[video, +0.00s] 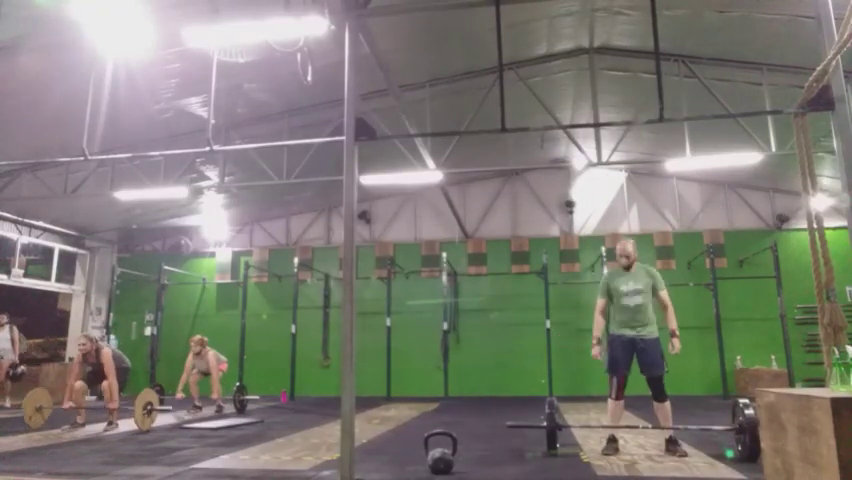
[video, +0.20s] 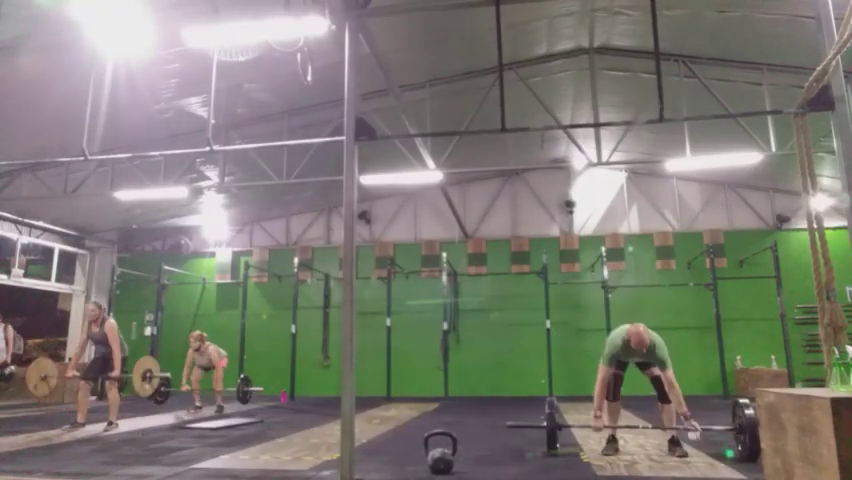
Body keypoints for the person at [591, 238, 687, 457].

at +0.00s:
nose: (624, 260)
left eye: (627, 256)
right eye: (620, 256)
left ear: (635, 255)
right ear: (616, 256)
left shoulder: (650, 273)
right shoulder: (609, 278)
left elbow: (668, 305)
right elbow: (600, 311)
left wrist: (674, 334)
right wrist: (596, 340)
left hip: (648, 337)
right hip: (619, 337)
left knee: (658, 388)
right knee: (617, 388)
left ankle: (670, 438)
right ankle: (612, 438)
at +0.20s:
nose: (642, 349)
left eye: (644, 346)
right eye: (638, 346)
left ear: (649, 340)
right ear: (630, 341)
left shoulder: (658, 345)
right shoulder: (614, 342)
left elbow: (670, 382)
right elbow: (602, 378)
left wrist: (683, 411)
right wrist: (597, 413)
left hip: (645, 358)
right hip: (620, 357)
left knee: (665, 392)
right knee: (612, 392)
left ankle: (673, 440)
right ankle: (612, 438)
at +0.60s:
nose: (637, 299)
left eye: (640, 295)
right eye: (633, 295)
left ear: (645, 294)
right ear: (626, 293)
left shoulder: (654, 309)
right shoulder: (614, 309)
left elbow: (668, 344)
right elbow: (603, 343)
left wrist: (682, 377)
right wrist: (595, 378)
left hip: (647, 346)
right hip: (619, 346)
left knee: (664, 388)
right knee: (612, 386)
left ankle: (672, 439)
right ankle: (612, 438)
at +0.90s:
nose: (626, 250)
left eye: (629, 246)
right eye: (622, 247)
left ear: (636, 250)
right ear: (617, 251)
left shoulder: (649, 275)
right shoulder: (608, 277)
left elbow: (662, 306)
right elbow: (599, 309)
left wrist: (675, 336)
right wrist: (592, 338)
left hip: (646, 337)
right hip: (618, 338)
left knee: (658, 388)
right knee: (615, 389)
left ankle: (672, 439)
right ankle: (612, 438)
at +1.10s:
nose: (636, 303)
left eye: (640, 298)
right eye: (633, 298)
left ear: (645, 298)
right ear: (626, 298)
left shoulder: (654, 315)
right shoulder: (614, 314)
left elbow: (669, 348)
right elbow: (602, 347)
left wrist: (681, 381)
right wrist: (595, 379)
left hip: (645, 346)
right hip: (618, 347)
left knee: (662, 385)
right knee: (610, 387)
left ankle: (672, 439)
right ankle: (612, 438)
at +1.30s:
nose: (627, 250)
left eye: (630, 246)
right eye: (623, 247)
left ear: (636, 249)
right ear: (617, 251)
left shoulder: (648, 274)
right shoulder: (609, 277)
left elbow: (662, 306)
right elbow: (599, 309)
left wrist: (675, 336)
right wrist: (592, 338)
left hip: (647, 337)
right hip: (618, 337)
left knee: (657, 386)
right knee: (617, 386)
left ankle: (673, 439)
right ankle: (612, 438)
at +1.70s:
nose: (628, 254)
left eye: (631, 250)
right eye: (624, 251)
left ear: (637, 254)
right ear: (617, 255)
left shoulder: (648, 278)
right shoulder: (608, 280)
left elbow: (662, 310)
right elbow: (598, 312)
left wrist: (675, 342)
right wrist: (590, 344)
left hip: (645, 339)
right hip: (617, 339)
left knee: (658, 387)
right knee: (615, 387)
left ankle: (673, 439)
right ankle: (612, 438)